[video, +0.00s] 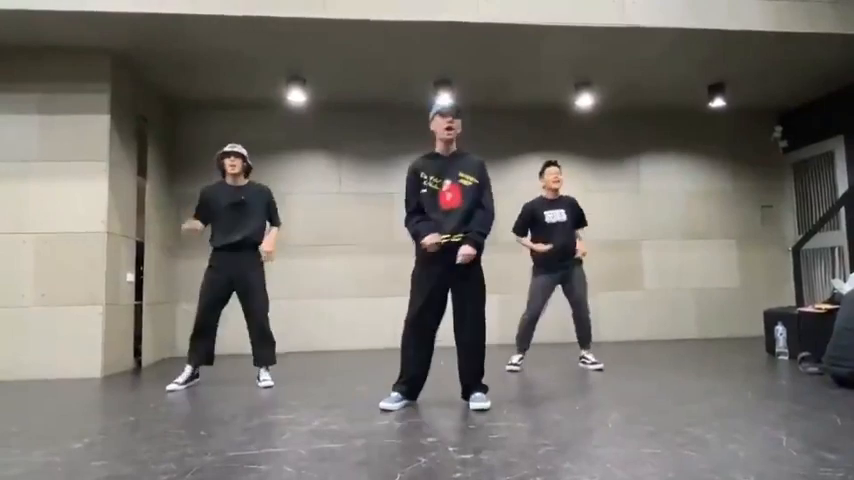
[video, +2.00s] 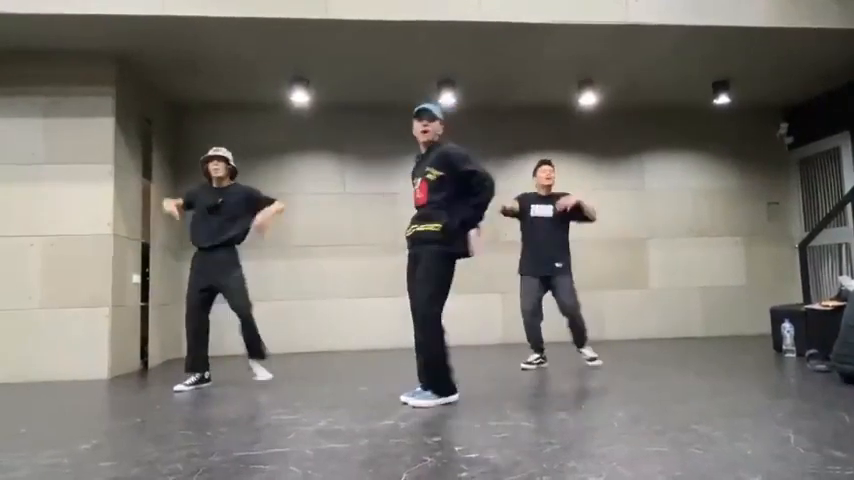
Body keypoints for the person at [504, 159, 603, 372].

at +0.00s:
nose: (556, 178)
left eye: (558, 175)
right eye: (551, 175)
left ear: (562, 179)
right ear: (542, 180)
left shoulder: (570, 203)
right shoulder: (532, 207)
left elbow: (577, 230)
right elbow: (518, 234)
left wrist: (580, 244)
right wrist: (532, 246)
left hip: (571, 266)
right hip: (545, 269)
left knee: (581, 308)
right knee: (532, 312)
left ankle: (585, 352)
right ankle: (519, 354)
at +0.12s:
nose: (562, 182)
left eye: (563, 179)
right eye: (557, 179)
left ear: (567, 184)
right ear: (547, 186)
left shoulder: (570, 212)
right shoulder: (541, 211)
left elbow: (574, 236)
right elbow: (546, 244)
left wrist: (579, 252)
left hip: (573, 271)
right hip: (550, 273)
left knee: (587, 311)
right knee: (540, 314)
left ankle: (587, 355)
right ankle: (520, 355)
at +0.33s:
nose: (557, 176)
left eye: (559, 173)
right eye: (552, 173)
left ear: (562, 178)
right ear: (542, 178)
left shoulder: (571, 202)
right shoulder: (531, 206)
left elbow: (579, 232)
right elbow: (526, 235)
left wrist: (577, 222)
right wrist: (545, 232)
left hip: (565, 268)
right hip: (536, 269)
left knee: (577, 310)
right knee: (524, 314)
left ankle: (587, 355)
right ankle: (517, 355)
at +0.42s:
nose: (551, 180)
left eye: (553, 176)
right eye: (546, 177)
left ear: (556, 181)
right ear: (537, 182)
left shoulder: (567, 207)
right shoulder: (528, 210)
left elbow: (578, 235)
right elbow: (514, 237)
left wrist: (601, 239)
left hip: (564, 273)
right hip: (535, 274)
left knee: (576, 313)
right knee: (524, 316)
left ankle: (587, 355)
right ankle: (517, 356)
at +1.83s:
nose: (556, 178)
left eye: (558, 175)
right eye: (551, 175)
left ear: (562, 179)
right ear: (543, 180)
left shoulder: (570, 207)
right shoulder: (531, 207)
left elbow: (582, 236)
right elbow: (521, 234)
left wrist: (611, 234)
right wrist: (511, 235)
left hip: (569, 270)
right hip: (540, 271)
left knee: (582, 312)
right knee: (531, 311)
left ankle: (589, 353)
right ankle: (536, 353)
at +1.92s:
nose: (552, 176)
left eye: (554, 173)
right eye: (547, 173)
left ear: (558, 178)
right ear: (539, 178)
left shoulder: (568, 205)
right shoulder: (528, 204)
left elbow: (586, 229)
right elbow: (505, 221)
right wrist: (501, 207)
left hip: (562, 270)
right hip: (535, 270)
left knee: (577, 310)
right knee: (529, 312)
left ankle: (588, 351)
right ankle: (537, 353)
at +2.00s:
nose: (548, 174)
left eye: (551, 171)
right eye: (543, 171)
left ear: (555, 176)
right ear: (535, 177)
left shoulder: (564, 201)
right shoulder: (525, 200)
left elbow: (591, 217)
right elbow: (511, 209)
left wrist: (577, 203)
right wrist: (508, 208)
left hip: (559, 267)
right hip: (531, 269)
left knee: (571, 307)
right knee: (529, 311)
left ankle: (582, 346)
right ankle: (538, 353)